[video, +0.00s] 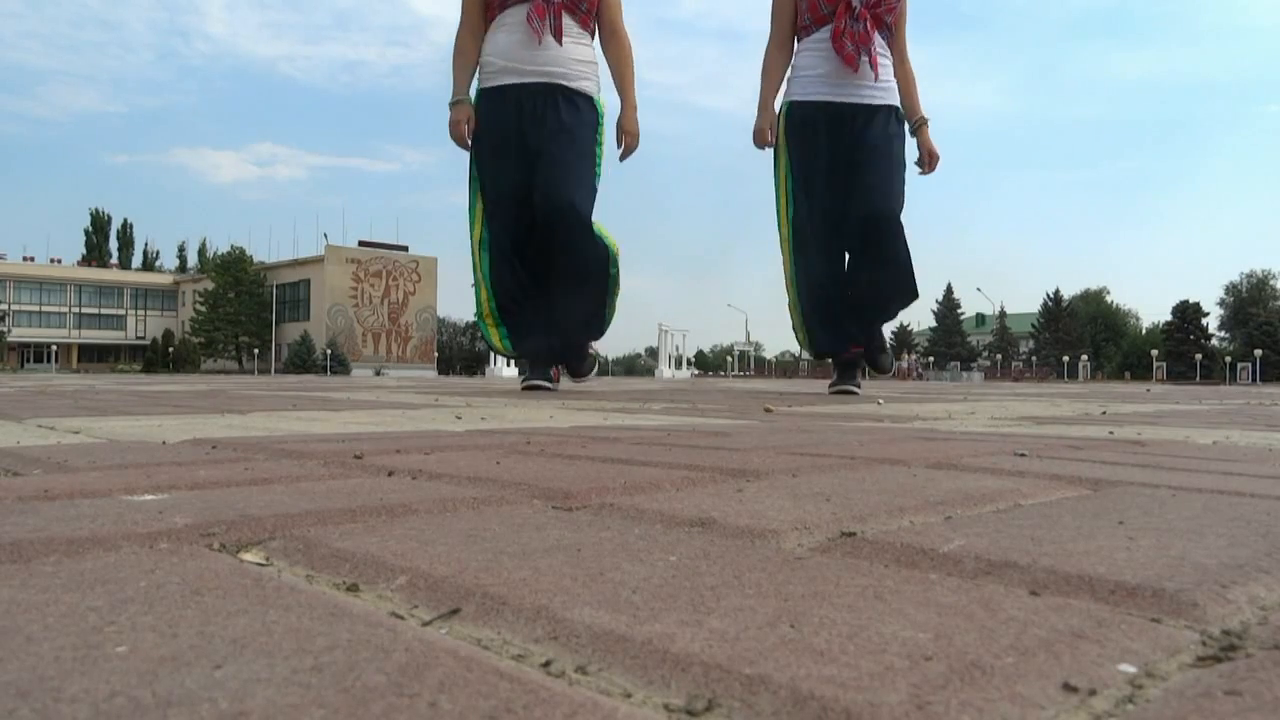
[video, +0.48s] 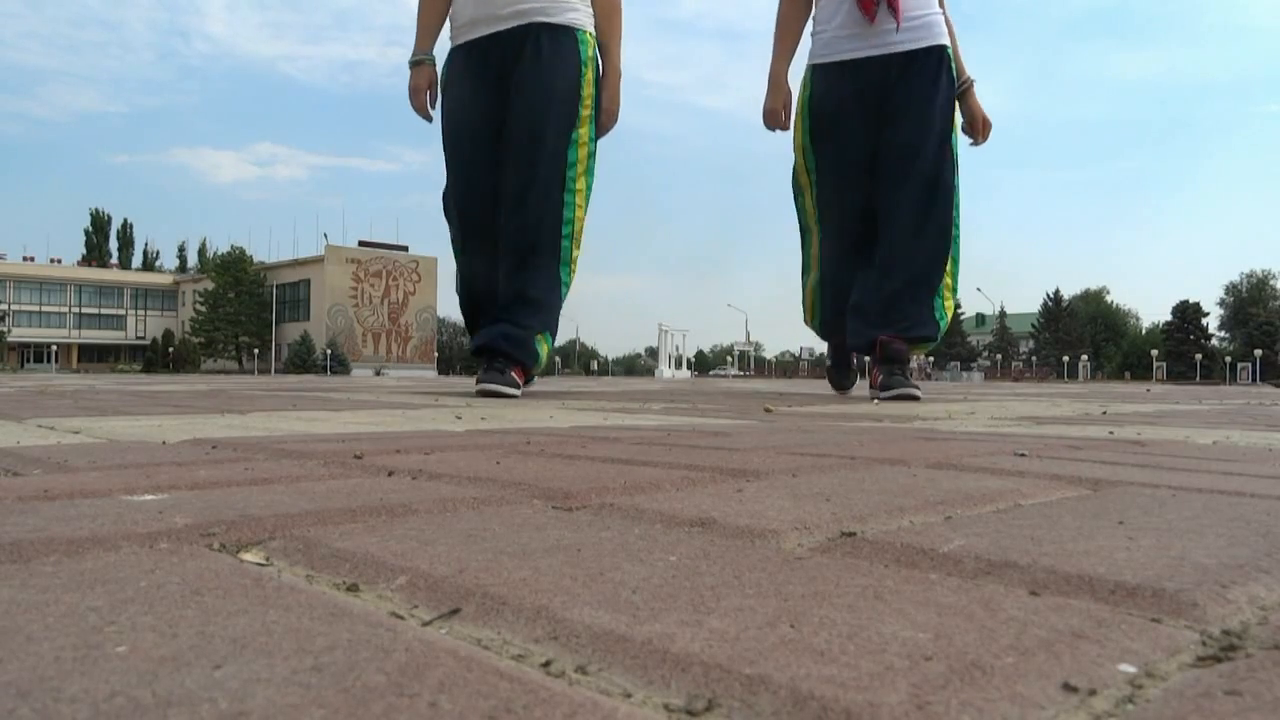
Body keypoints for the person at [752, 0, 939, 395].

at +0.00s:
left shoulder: (894, 5)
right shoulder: (791, 3)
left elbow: (899, 58)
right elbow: (781, 41)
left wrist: (920, 127)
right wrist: (765, 107)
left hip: (877, 112)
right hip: (811, 111)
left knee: (880, 221)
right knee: (819, 235)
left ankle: (871, 321)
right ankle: (844, 359)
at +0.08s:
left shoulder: (896, 4)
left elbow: (901, 47)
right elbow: (779, 29)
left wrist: (922, 121)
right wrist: (769, 88)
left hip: (881, 96)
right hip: (813, 98)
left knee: (880, 207)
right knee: (824, 225)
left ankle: (886, 335)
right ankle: (845, 359)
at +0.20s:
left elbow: (906, 40)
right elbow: (780, 19)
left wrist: (927, 119)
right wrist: (774, 75)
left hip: (891, 89)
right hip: (820, 89)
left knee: (890, 215)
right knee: (831, 223)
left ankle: (890, 344)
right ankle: (846, 360)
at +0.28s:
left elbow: (911, 37)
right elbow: (784, 14)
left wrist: (935, 120)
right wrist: (775, 75)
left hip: (898, 89)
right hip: (822, 89)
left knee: (894, 212)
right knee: (833, 226)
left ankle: (894, 323)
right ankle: (847, 361)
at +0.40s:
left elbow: (926, 26)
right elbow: (794, 5)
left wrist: (950, 108)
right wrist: (776, 80)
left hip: (910, 70)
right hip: (829, 72)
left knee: (903, 215)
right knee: (837, 217)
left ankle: (895, 359)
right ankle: (844, 355)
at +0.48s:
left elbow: (936, 12)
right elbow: (799, 2)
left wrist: (966, 88)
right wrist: (778, 75)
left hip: (921, 56)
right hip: (836, 60)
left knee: (913, 210)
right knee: (841, 210)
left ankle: (893, 357)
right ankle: (840, 333)